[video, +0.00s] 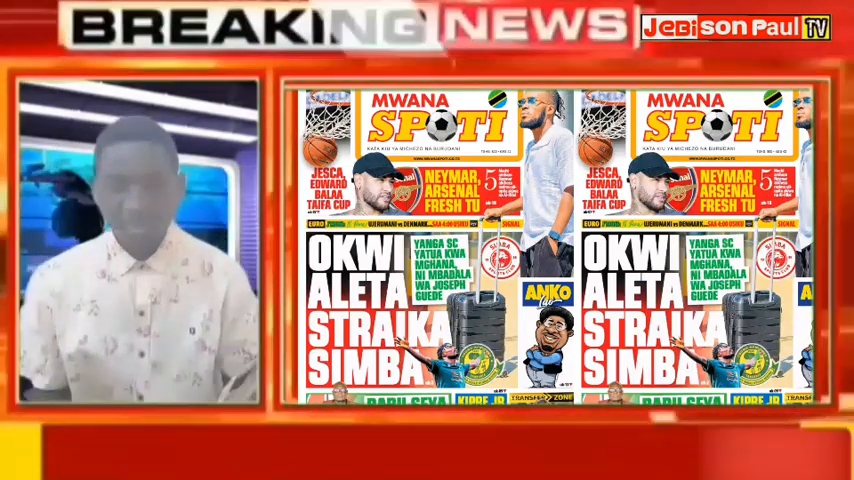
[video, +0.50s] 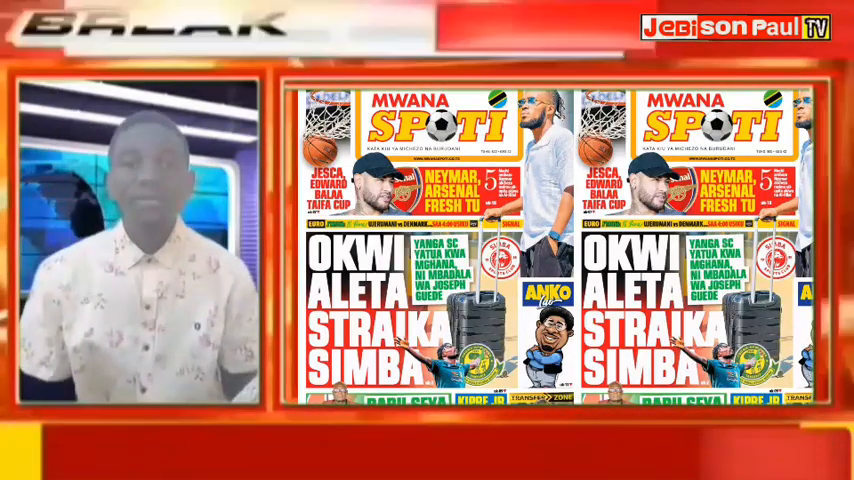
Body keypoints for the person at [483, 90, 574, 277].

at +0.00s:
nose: (523, 107)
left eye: (531, 101)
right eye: (522, 103)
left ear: (549, 110)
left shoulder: (563, 139)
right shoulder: (531, 147)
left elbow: (571, 192)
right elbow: (532, 196)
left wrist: (554, 238)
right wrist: (502, 211)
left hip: (551, 241)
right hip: (530, 242)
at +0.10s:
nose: (523, 107)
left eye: (531, 101)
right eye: (522, 103)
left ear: (549, 110)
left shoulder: (563, 139)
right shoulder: (531, 147)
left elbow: (571, 192)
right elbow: (532, 196)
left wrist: (554, 238)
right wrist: (502, 211)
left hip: (551, 241)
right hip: (530, 242)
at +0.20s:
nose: (523, 107)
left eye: (531, 101)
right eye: (522, 103)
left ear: (550, 110)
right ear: (519, 108)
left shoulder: (563, 139)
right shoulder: (531, 147)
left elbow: (571, 192)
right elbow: (532, 195)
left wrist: (554, 238)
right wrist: (502, 211)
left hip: (551, 241)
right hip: (530, 242)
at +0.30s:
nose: (523, 107)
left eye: (531, 101)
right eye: (522, 103)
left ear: (549, 110)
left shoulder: (563, 139)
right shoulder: (531, 147)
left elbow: (571, 192)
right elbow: (532, 195)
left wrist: (553, 238)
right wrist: (502, 211)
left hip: (552, 241)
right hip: (530, 242)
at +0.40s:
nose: (523, 107)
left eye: (531, 101)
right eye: (522, 103)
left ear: (550, 110)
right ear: (519, 108)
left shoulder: (563, 139)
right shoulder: (531, 147)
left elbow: (571, 192)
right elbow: (532, 195)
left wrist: (554, 238)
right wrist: (502, 211)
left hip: (551, 241)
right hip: (530, 242)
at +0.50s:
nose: (523, 107)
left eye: (531, 101)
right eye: (522, 103)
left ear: (550, 110)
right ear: (519, 108)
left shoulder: (563, 139)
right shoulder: (531, 147)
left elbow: (571, 192)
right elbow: (532, 195)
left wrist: (554, 238)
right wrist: (502, 211)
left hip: (551, 241)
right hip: (530, 242)